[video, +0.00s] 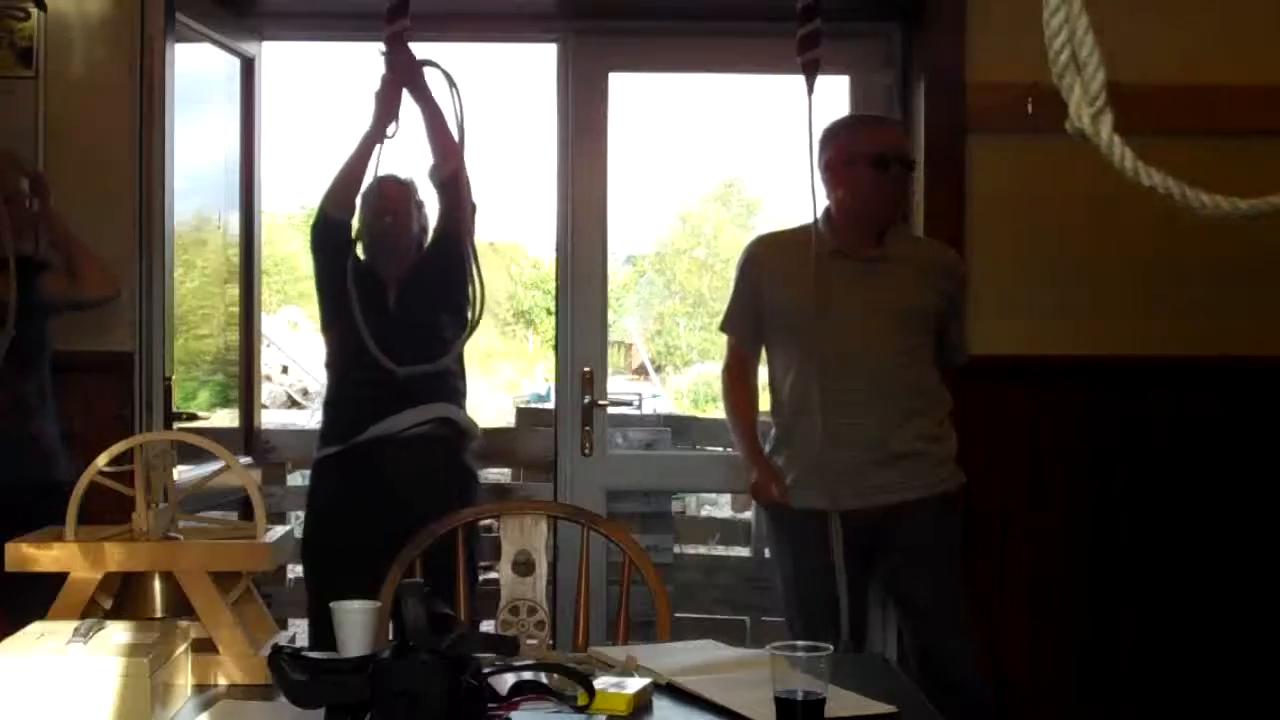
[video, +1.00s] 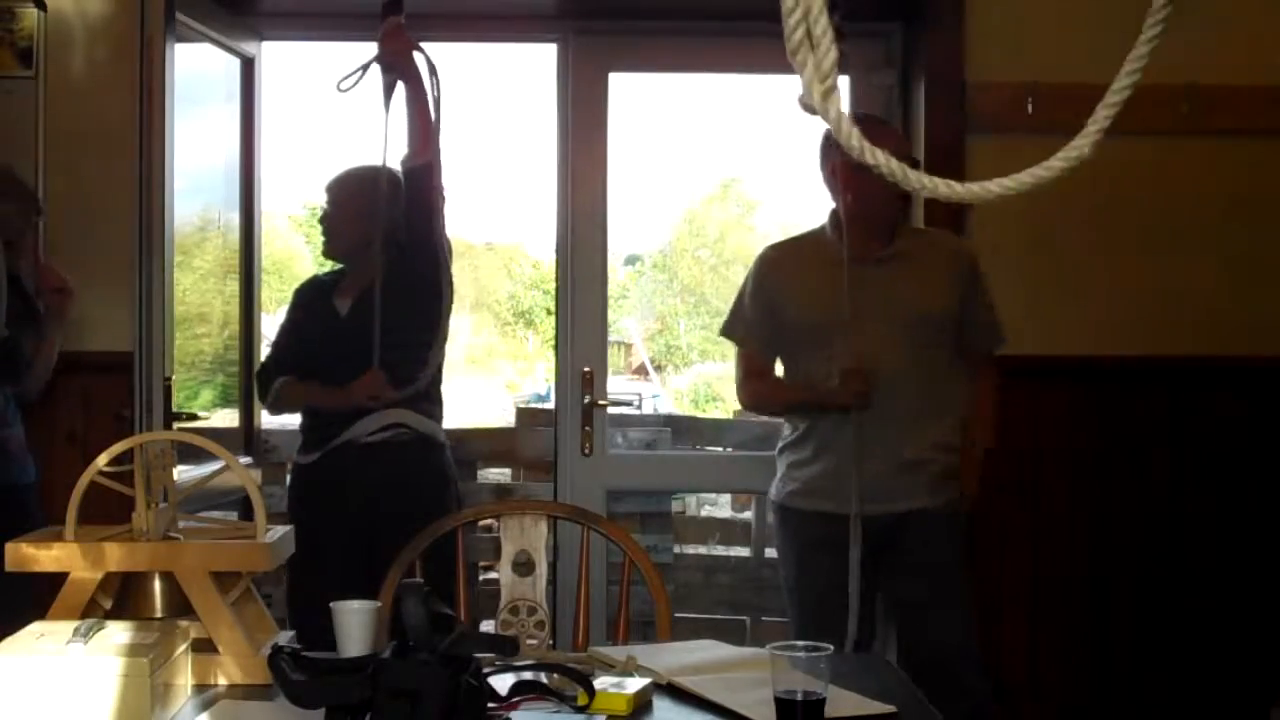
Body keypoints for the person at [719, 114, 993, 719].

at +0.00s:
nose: (904, 180)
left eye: (907, 168)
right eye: (886, 166)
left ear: (911, 177)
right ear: (834, 174)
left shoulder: (938, 267)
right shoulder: (769, 260)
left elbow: (958, 377)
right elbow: (738, 366)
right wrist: (755, 458)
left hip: (920, 499)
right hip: (809, 504)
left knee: (947, 671)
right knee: (823, 668)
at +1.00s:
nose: (878, 180)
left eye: (886, 166)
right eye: (863, 166)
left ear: (905, 176)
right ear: (833, 176)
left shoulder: (950, 262)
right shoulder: (780, 266)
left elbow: (983, 376)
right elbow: (752, 390)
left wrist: (973, 452)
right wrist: (822, 393)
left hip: (925, 504)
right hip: (817, 504)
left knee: (941, 673)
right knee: (825, 669)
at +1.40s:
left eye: (934, 166)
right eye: (912, 165)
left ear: (975, 181)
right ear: (900, 174)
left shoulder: (1010, 276)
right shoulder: (856, 246)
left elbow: (1023, 402)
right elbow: (765, 340)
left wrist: (950, 471)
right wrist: (807, 294)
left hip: (957, 510)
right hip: (851, 499)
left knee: (952, 676)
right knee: (846, 667)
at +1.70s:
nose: (992, 186)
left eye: (1000, 171)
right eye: (974, 170)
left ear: (1010, 178)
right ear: (933, 174)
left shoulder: (1030, 280)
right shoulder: (879, 240)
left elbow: (1056, 407)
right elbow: (769, 290)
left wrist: (1037, 523)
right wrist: (722, 247)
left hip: (975, 529)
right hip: (867, 512)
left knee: (973, 696)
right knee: (863, 685)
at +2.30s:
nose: (902, 166)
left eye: (915, 154)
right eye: (885, 157)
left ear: (936, 169)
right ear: (859, 176)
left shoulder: (980, 252)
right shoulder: (822, 263)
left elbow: (1017, 375)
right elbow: (773, 378)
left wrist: (1039, 485)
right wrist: (730, 375)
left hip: (958, 505)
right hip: (850, 506)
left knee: (962, 682)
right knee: (860, 681)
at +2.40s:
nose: (899, 167)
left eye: (911, 154)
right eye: (882, 157)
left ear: (930, 169)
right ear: (855, 176)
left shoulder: (974, 253)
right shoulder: (819, 265)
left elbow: (1009, 376)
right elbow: (785, 386)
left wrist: (1022, 483)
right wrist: (741, 372)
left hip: (953, 504)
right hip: (846, 506)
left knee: (957, 678)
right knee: (858, 677)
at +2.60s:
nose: (899, 168)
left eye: (912, 156)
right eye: (882, 158)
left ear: (930, 171)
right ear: (855, 176)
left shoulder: (972, 257)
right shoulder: (817, 266)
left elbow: (1005, 383)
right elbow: (808, 393)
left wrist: (1006, 492)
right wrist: (764, 381)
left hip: (946, 504)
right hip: (838, 503)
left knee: (952, 675)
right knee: (852, 676)